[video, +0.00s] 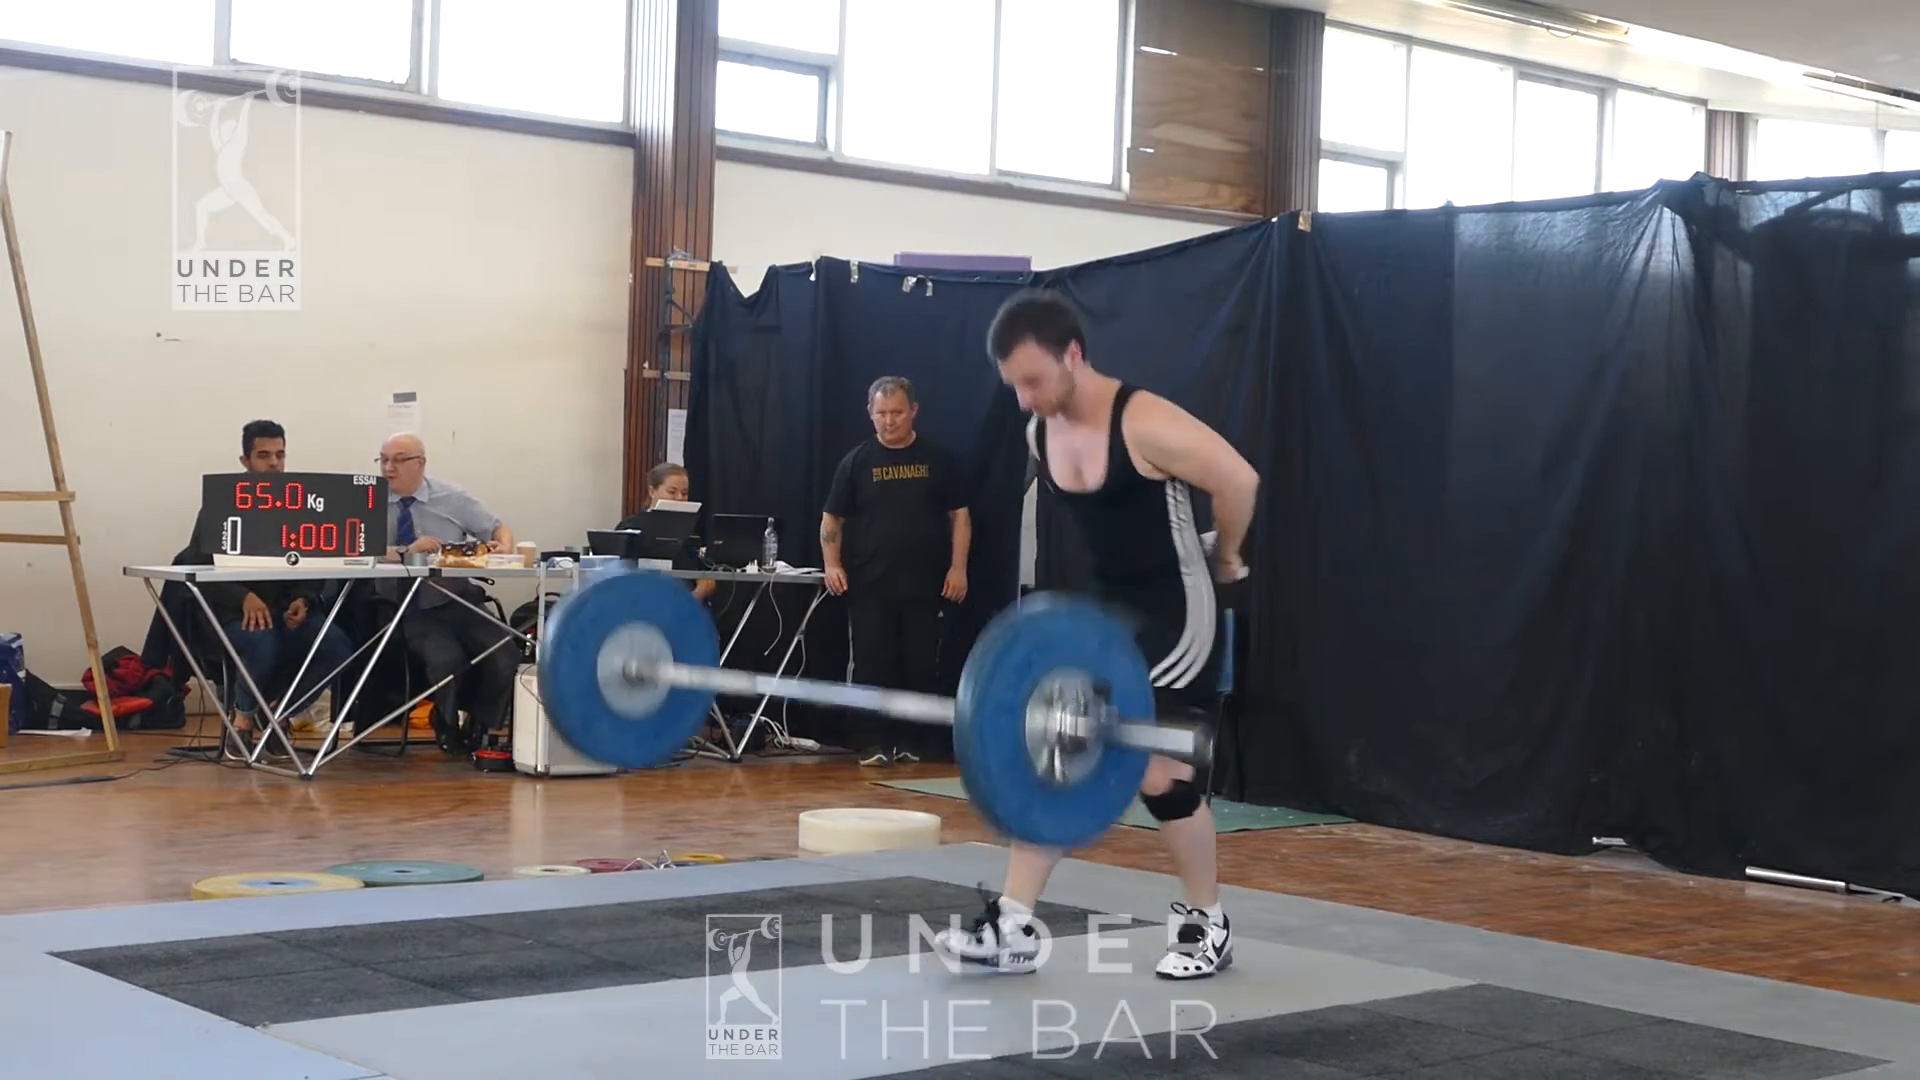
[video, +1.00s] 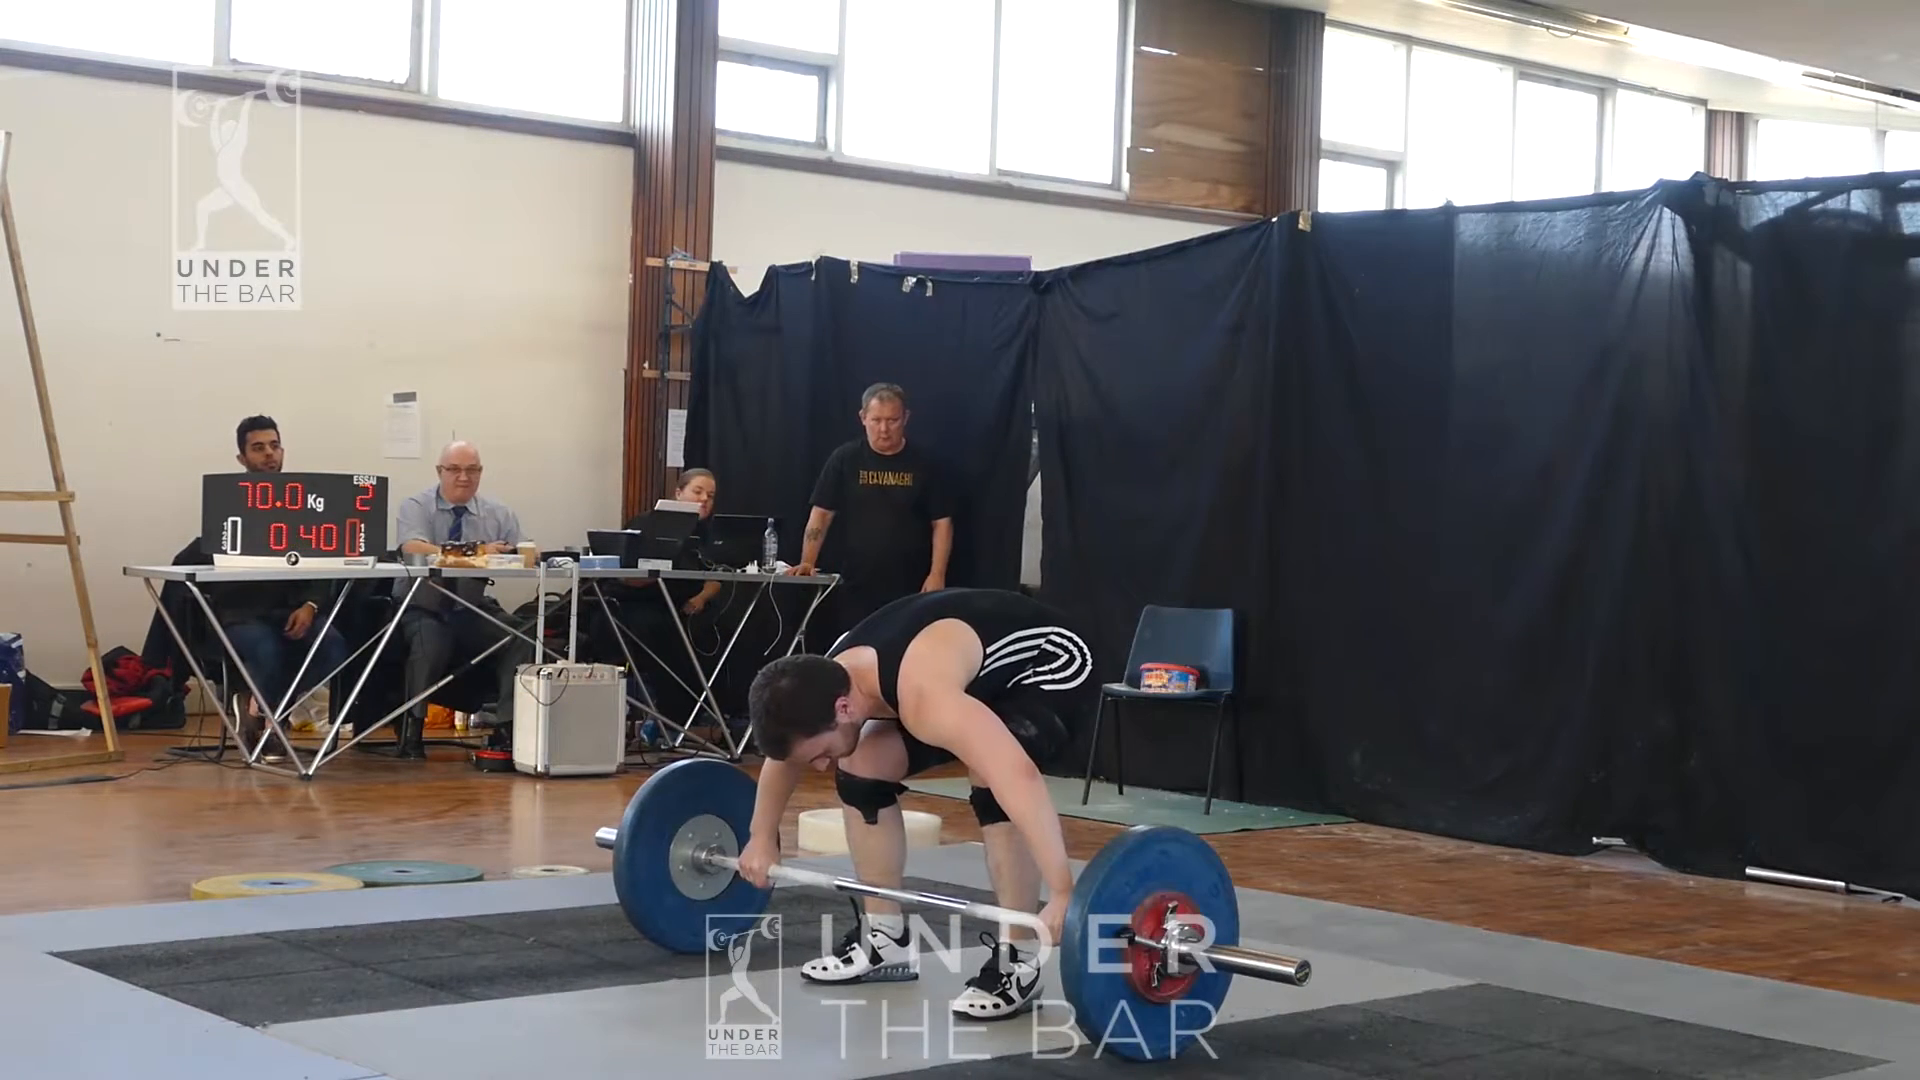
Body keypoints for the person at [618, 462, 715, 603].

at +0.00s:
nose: (679, 499)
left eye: (684, 494)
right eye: (672, 492)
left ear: (688, 495)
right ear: (652, 491)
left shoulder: (690, 529)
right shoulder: (631, 526)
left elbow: (708, 579)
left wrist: (691, 600)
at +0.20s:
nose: (682, 498)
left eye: (685, 492)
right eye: (674, 491)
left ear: (689, 494)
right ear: (653, 491)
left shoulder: (688, 531)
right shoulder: (632, 526)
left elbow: (710, 576)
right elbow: (615, 574)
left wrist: (697, 593)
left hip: (675, 606)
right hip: (635, 605)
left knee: (703, 628)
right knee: (660, 633)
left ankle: (688, 714)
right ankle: (648, 722)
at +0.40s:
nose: (705, 500)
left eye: (711, 496)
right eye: (699, 492)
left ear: (716, 502)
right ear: (679, 493)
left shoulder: (712, 535)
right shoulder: (649, 524)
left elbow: (718, 578)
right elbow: (619, 560)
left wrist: (702, 597)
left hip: (683, 607)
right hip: (643, 602)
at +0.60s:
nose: (705, 499)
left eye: (711, 495)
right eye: (698, 492)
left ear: (715, 502)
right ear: (679, 493)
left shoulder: (710, 533)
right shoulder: (647, 523)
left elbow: (716, 578)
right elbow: (620, 569)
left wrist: (702, 596)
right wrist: (645, 576)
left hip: (680, 606)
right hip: (641, 601)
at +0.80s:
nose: (705, 499)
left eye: (711, 495)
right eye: (698, 492)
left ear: (715, 502)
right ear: (679, 493)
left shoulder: (710, 533)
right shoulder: (647, 523)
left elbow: (717, 578)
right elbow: (618, 566)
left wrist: (702, 597)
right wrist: (637, 578)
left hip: (681, 606)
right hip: (640, 601)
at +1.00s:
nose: (705, 499)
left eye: (710, 495)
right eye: (698, 492)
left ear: (715, 501)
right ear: (679, 493)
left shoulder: (710, 533)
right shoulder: (647, 523)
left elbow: (717, 578)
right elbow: (617, 566)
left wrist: (702, 597)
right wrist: (636, 578)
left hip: (681, 606)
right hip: (639, 601)